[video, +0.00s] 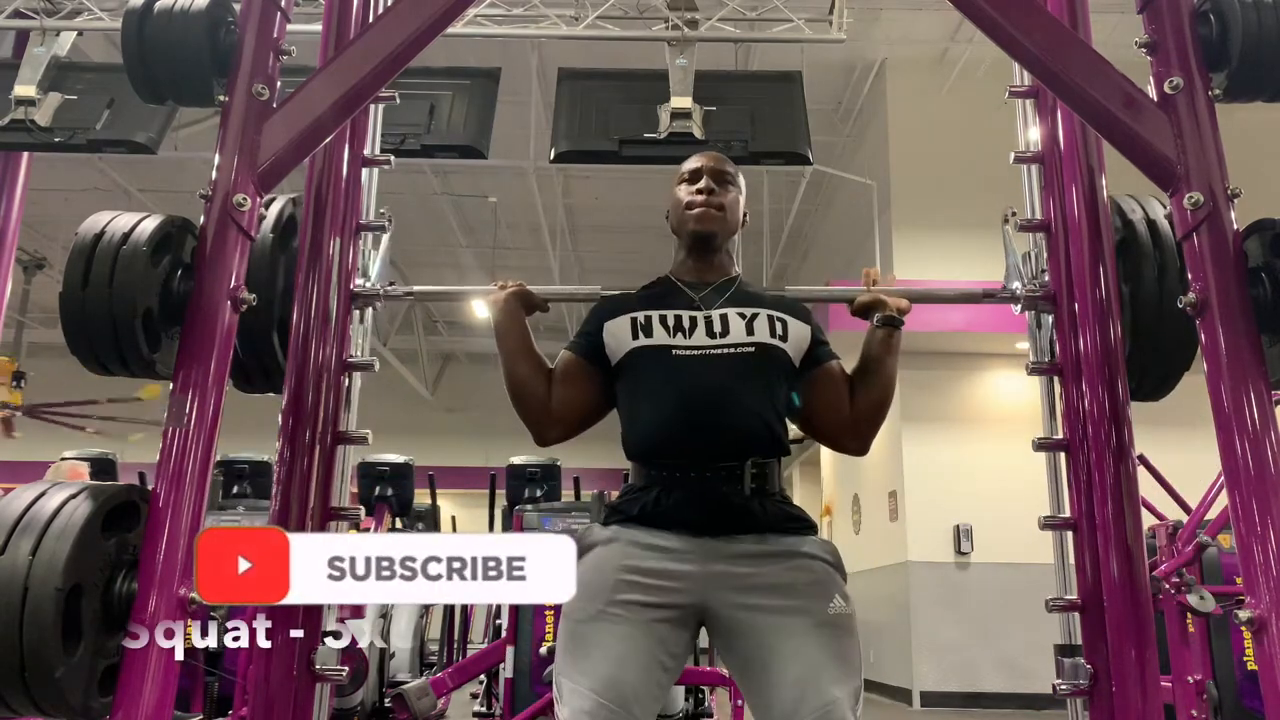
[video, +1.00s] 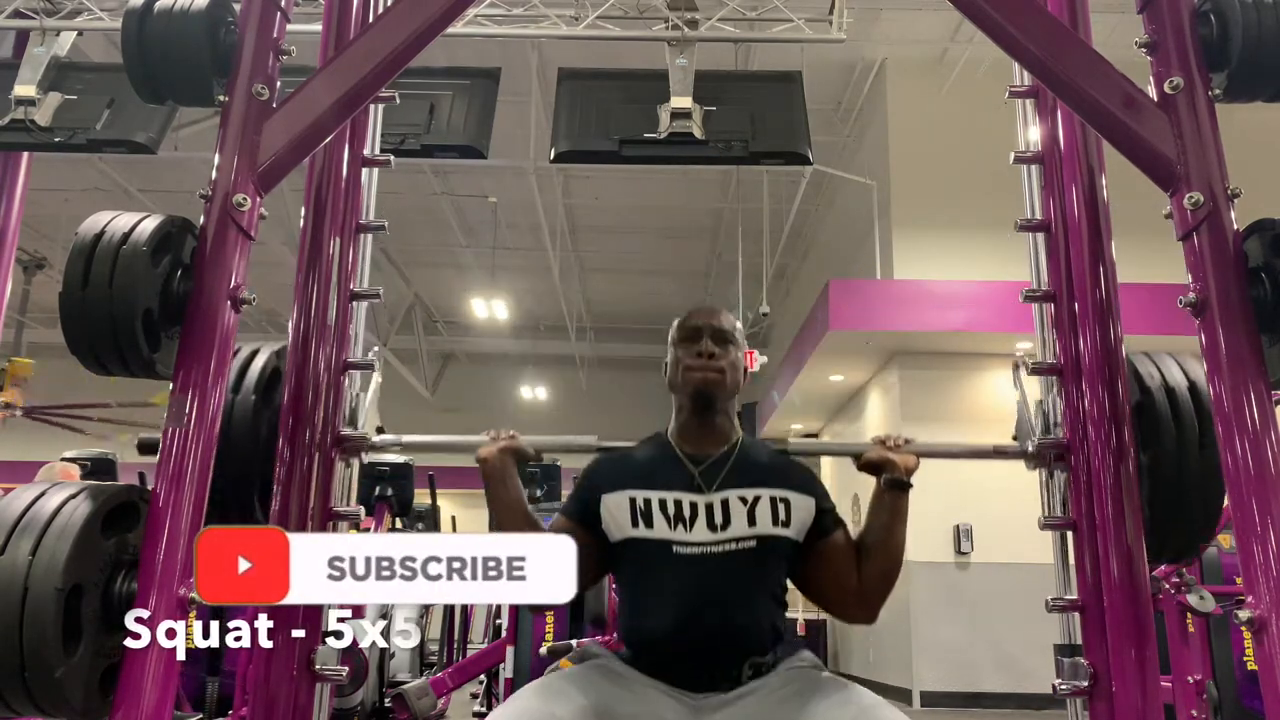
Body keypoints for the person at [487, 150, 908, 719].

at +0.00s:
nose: (705, 187)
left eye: (722, 182)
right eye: (691, 179)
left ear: (743, 214)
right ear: (669, 212)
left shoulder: (787, 317)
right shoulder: (617, 316)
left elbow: (853, 432)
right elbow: (548, 420)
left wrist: (885, 330)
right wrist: (508, 316)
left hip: (775, 553)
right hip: (639, 549)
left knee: (820, 710)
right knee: (597, 707)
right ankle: (677, 707)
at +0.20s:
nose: (705, 188)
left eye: (723, 183)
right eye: (691, 181)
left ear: (743, 216)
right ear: (670, 214)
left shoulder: (787, 319)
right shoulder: (618, 316)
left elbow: (852, 432)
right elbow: (549, 420)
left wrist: (885, 328)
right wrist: (508, 314)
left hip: (775, 551)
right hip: (642, 547)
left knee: (823, 710)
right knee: (600, 708)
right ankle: (677, 707)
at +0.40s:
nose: (707, 197)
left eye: (723, 192)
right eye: (692, 191)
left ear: (744, 224)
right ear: (670, 223)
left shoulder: (788, 329)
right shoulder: (619, 326)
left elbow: (853, 443)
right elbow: (548, 431)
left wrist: (885, 343)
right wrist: (506, 324)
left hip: (772, 565)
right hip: (639, 563)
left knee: (831, 709)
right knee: (591, 708)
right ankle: (676, 708)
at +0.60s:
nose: (706, 232)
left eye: (722, 227)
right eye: (691, 226)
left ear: (742, 258)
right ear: (669, 259)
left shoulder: (786, 365)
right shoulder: (616, 362)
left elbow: (855, 479)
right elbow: (549, 466)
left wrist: (888, 377)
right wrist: (505, 363)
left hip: (769, 597)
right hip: (634, 594)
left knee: (864, 713)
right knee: (544, 711)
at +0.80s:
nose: (705, 291)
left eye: (722, 286)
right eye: (691, 285)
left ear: (744, 319)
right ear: (670, 318)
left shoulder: (786, 422)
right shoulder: (615, 423)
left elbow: (857, 542)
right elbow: (544, 519)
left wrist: (889, 434)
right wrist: (500, 414)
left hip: (766, 650)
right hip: (633, 646)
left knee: (884, 716)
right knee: (521, 713)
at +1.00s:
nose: (707, 350)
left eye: (721, 342)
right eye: (692, 343)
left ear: (744, 371)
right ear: (668, 372)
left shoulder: (787, 478)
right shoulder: (613, 476)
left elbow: (858, 601)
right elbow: (544, 578)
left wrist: (894, 487)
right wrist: (499, 478)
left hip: (767, 685)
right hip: (637, 683)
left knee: (885, 717)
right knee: (511, 717)